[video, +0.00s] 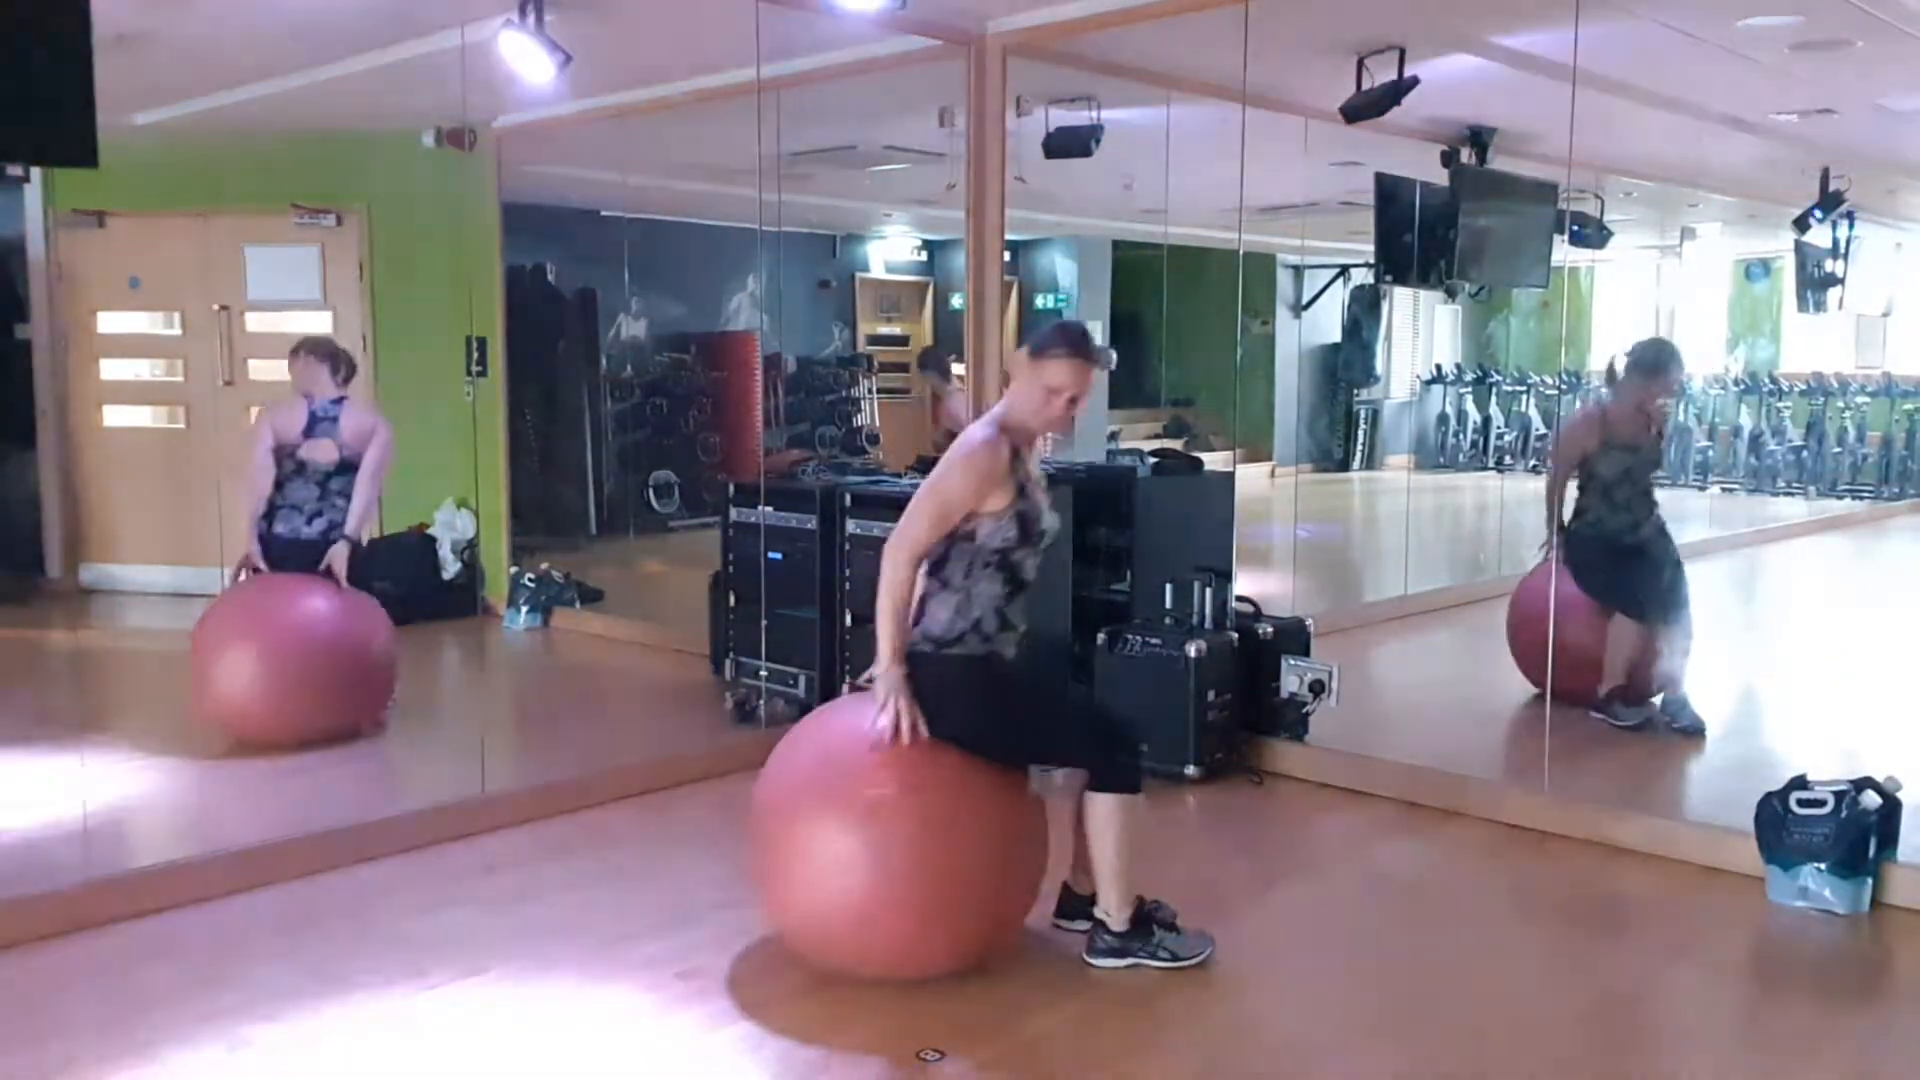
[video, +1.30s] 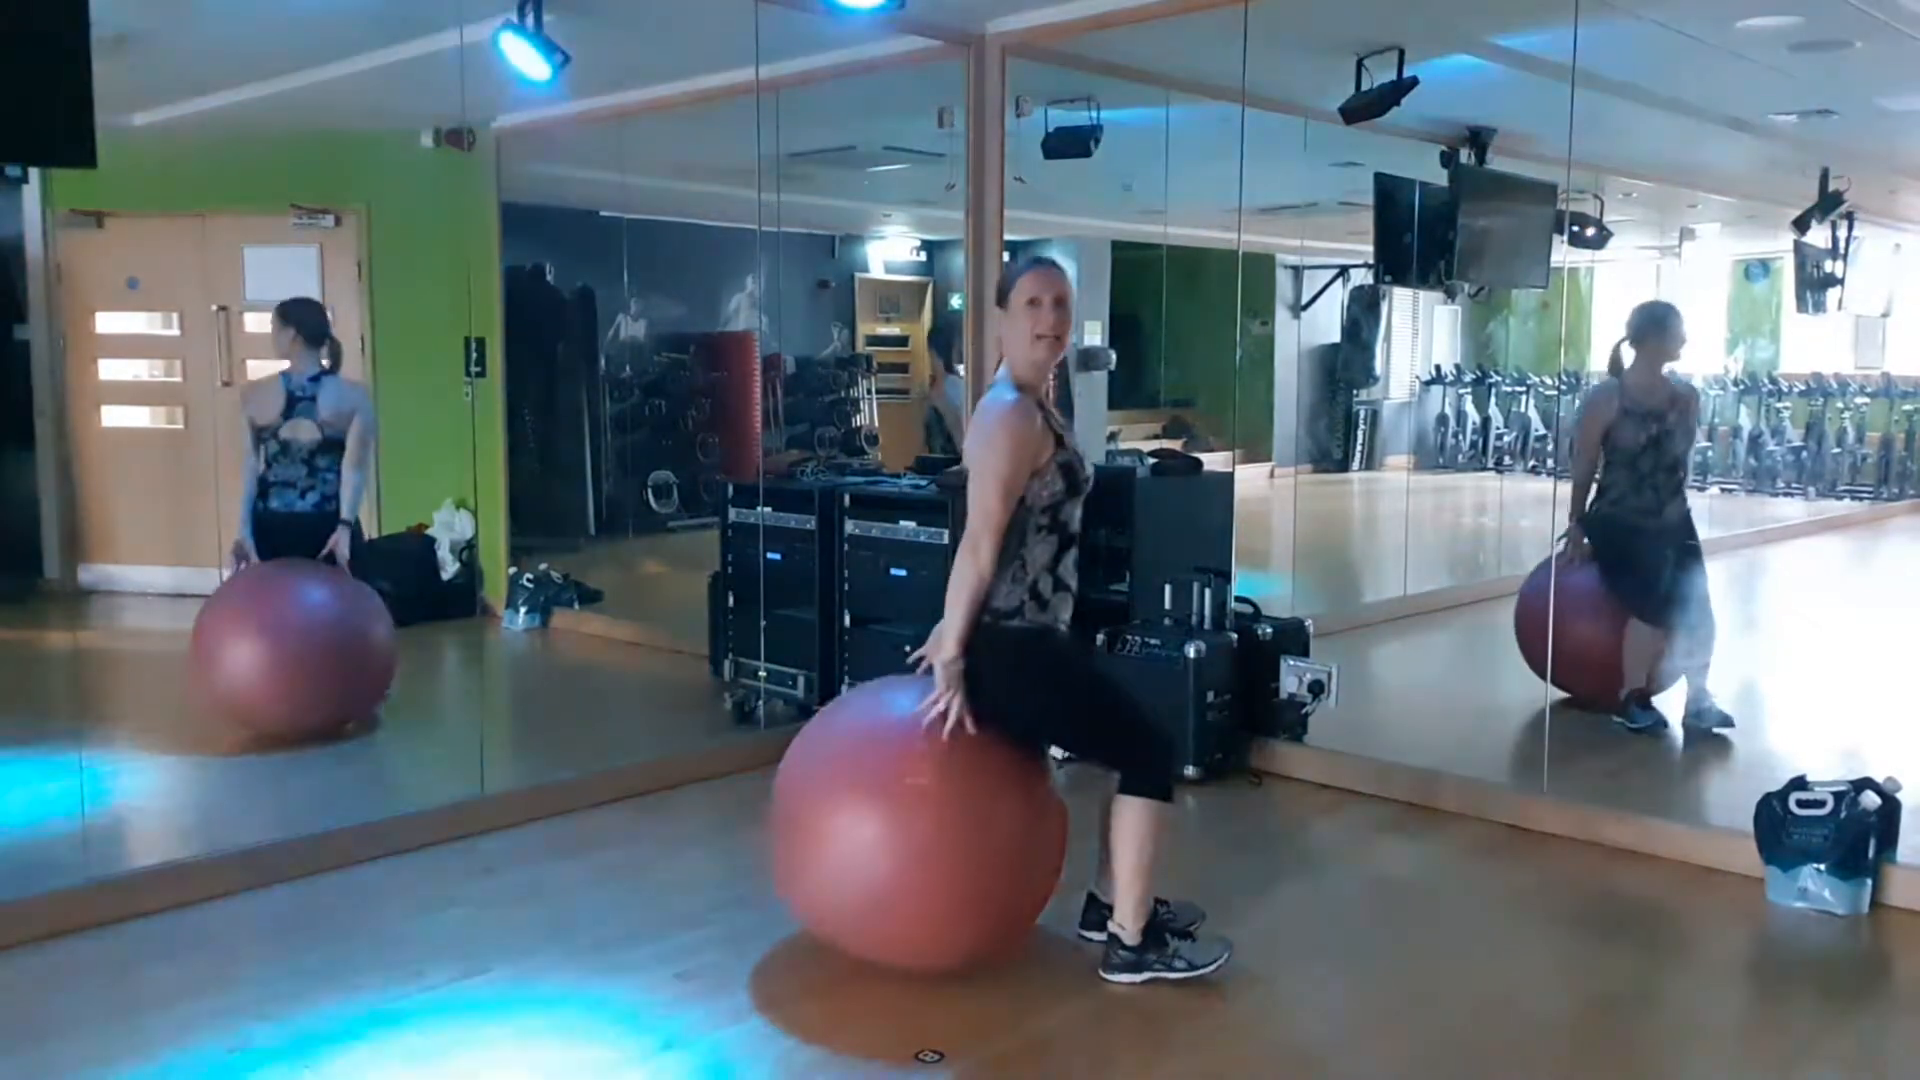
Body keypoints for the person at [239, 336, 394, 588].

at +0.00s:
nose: (290, 373)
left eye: (293, 364)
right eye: (291, 365)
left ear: (310, 361)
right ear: (336, 367)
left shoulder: (274, 417)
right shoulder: (374, 424)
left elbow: (261, 482)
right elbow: (367, 483)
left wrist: (252, 541)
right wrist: (347, 539)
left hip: (280, 546)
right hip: (339, 545)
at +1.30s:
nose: (272, 337)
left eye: (276, 329)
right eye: (274, 329)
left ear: (292, 334)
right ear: (320, 335)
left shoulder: (257, 395)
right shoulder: (354, 395)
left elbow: (251, 466)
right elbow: (354, 465)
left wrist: (244, 531)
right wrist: (346, 524)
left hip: (272, 525)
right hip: (329, 524)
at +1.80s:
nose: (256, 371)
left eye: (259, 363)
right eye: (256, 363)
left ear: (274, 369)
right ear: (305, 369)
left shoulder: (243, 430)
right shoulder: (344, 423)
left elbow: (241, 500)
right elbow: (355, 490)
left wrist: (240, 558)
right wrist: (357, 552)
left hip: (268, 560)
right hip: (328, 556)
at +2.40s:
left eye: (270, 374)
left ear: (271, 376)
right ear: (313, 377)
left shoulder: (239, 430)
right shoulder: (344, 429)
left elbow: (224, 500)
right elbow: (350, 497)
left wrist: (219, 561)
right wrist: (346, 557)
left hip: (255, 569)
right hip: (319, 567)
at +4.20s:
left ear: (260, 413)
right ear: (306, 410)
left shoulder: (236, 463)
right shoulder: (337, 462)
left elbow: (231, 536)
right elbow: (358, 539)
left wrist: (242, 593)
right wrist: (343, 586)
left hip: (264, 590)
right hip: (323, 590)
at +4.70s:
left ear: (265, 442)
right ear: (311, 442)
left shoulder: (244, 488)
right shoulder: (344, 493)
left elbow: (242, 557)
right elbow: (370, 563)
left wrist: (256, 598)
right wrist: (346, 595)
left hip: (273, 606)